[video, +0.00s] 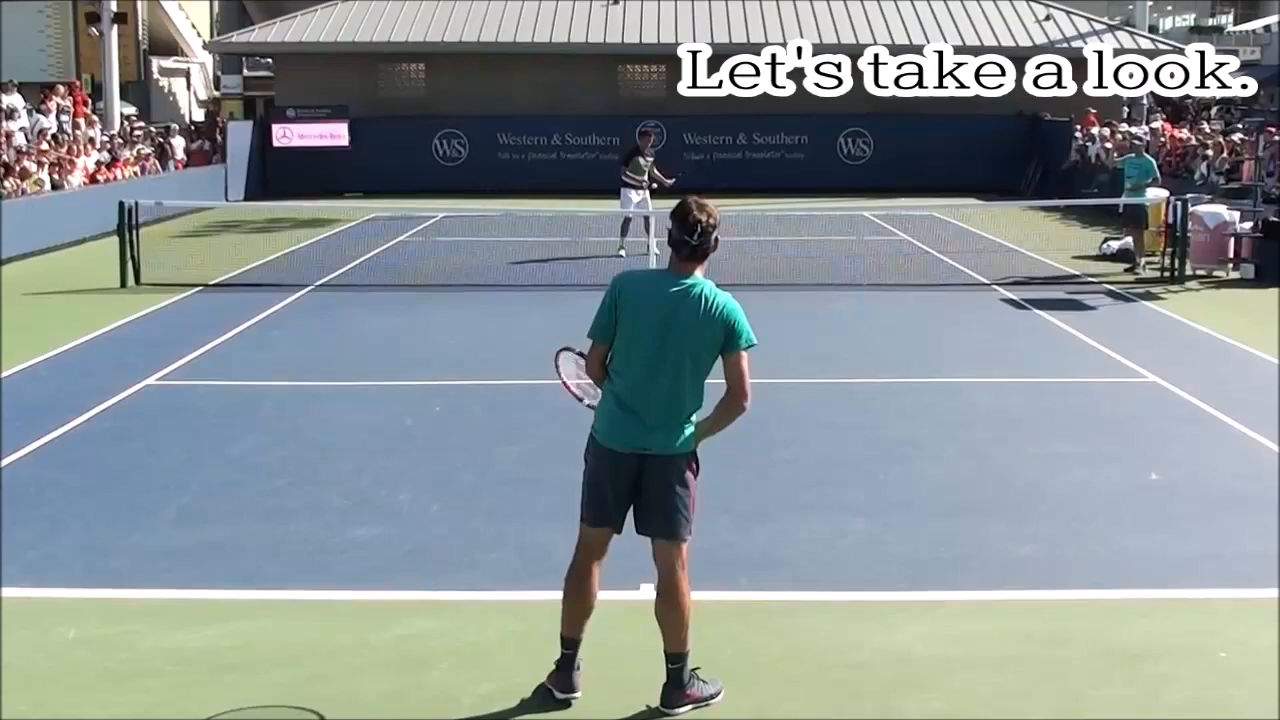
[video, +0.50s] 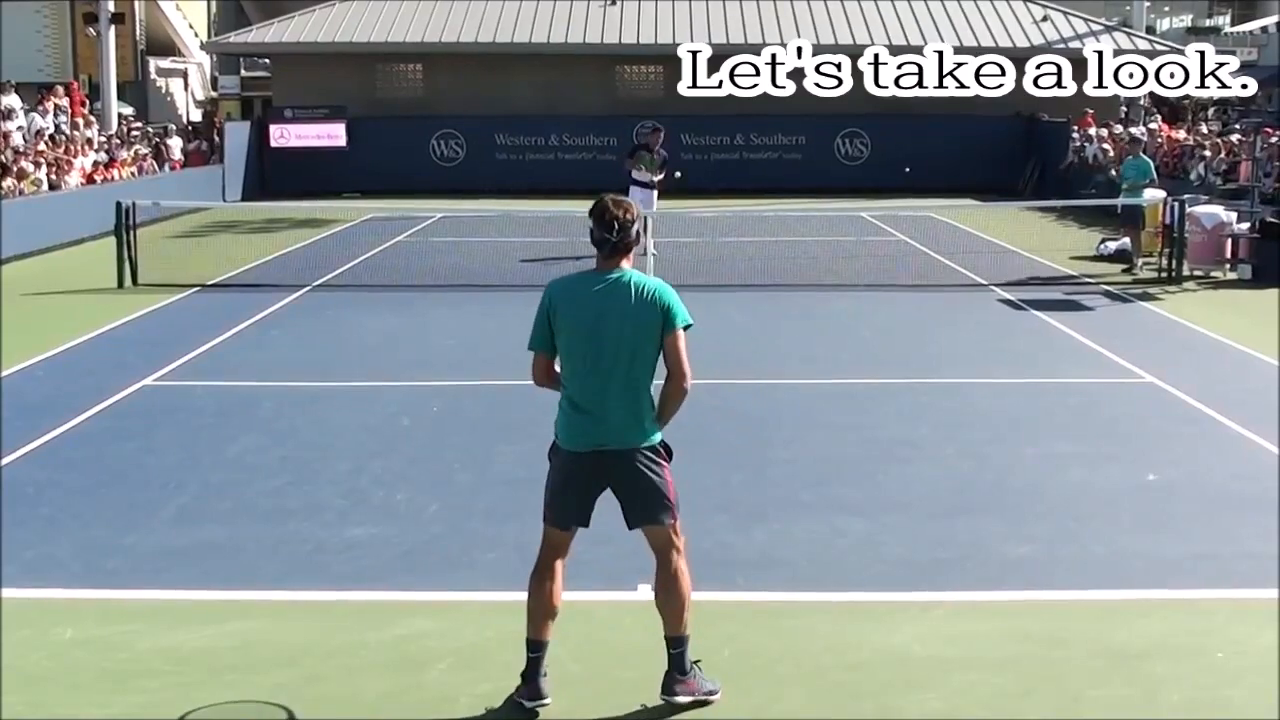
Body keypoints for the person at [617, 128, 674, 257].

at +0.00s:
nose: (649, 142)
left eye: (651, 139)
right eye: (646, 138)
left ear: (652, 141)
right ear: (640, 139)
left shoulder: (650, 155)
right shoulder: (632, 153)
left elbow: (652, 170)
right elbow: (623, 174)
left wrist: (665, 181)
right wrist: (642, 181)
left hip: (643, 190)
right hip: (629, 190)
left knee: (648, 216)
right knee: (628, 217)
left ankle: (651, 244)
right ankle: (622, 246)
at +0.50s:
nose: (658, 140)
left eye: (660, 138)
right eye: (656, 137)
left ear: (662, 140)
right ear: (649, 137)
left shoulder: (663, 155)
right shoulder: (638, 149)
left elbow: (663, 171)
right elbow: (627, 163)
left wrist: (657, 177)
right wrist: (635, 166)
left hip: (651, 188)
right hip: (636, 187)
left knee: (650, 218)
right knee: (635, 217)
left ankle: (649, 245)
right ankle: (631, 246)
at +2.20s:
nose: (650, 143)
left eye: (653, 141)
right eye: (648, 140)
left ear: (656, 143)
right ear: (643, 142)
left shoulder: (657, 159)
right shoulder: (637, 155)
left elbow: (661, 179)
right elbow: (633, 171)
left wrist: (674, 178)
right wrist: (647, 172)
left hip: (649, 190)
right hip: (634, 189)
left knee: (658, 215)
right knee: (629, 217)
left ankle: (663, 243)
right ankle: (615, 243)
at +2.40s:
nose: (659, 145)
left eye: (661, 142)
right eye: (657, 142)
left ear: (662, 144)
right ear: (651, 142)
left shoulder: (661, 160)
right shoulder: (640, 154)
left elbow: (671, 178)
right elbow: (626, 166)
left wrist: (688, 180)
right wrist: (631, 178)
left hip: (650, 189)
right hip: (637, 188)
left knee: (658, 215)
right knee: (634, 215)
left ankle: (662, 243)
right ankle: (619, 239)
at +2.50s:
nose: (661, 146)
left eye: (663, 144)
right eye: (659, 143)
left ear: (663, 146)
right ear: (652, 143)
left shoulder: (661, 162)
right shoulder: (639, 154)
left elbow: (663, 180)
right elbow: (625, 164)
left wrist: (674, 189)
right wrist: (626, 174)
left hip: (649, 189)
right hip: (635, 188)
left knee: (656, 215)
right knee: (636, 215)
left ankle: (661, 243)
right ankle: (626, 242)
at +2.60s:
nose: (660, 146)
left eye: (661, 143)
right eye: (658, 142)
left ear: (662, 145)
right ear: (651, 142)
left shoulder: (659, 162)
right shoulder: (637, 152)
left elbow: (656, 179)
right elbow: (623, 163)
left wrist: (662, 193)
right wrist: (623, 173)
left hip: (648, 189)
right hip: (633, 188)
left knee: (653, 216)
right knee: (634, 215)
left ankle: (661, 243)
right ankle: (629, 244)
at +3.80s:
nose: (645, 134)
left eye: (647, 131)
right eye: (643, 131)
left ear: (651, 134)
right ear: (638, 134)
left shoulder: (656, 150)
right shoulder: (632, 148)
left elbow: (660, 166)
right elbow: (627, 166)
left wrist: (652, 177)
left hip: (649, 184)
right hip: (633, 184)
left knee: (651, 213)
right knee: (627, 212)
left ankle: (653, 240)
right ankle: (621, 239)